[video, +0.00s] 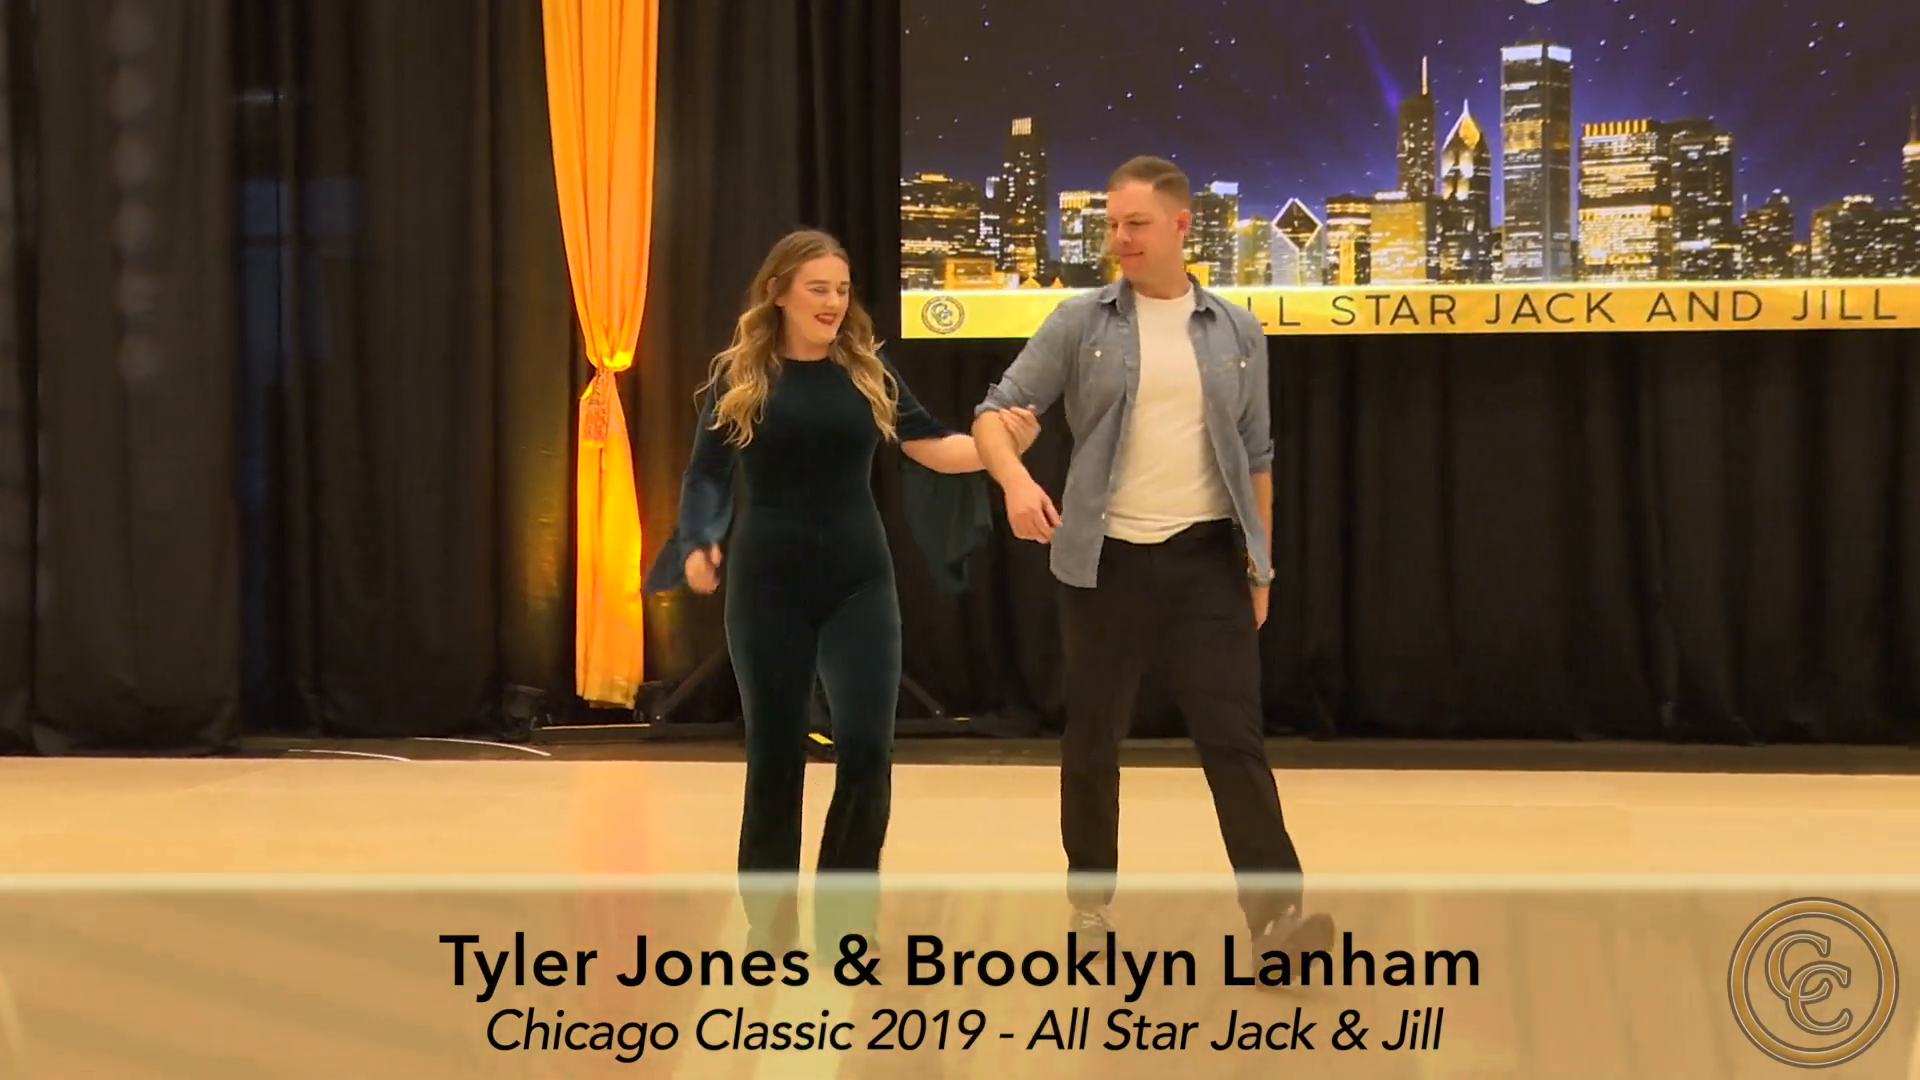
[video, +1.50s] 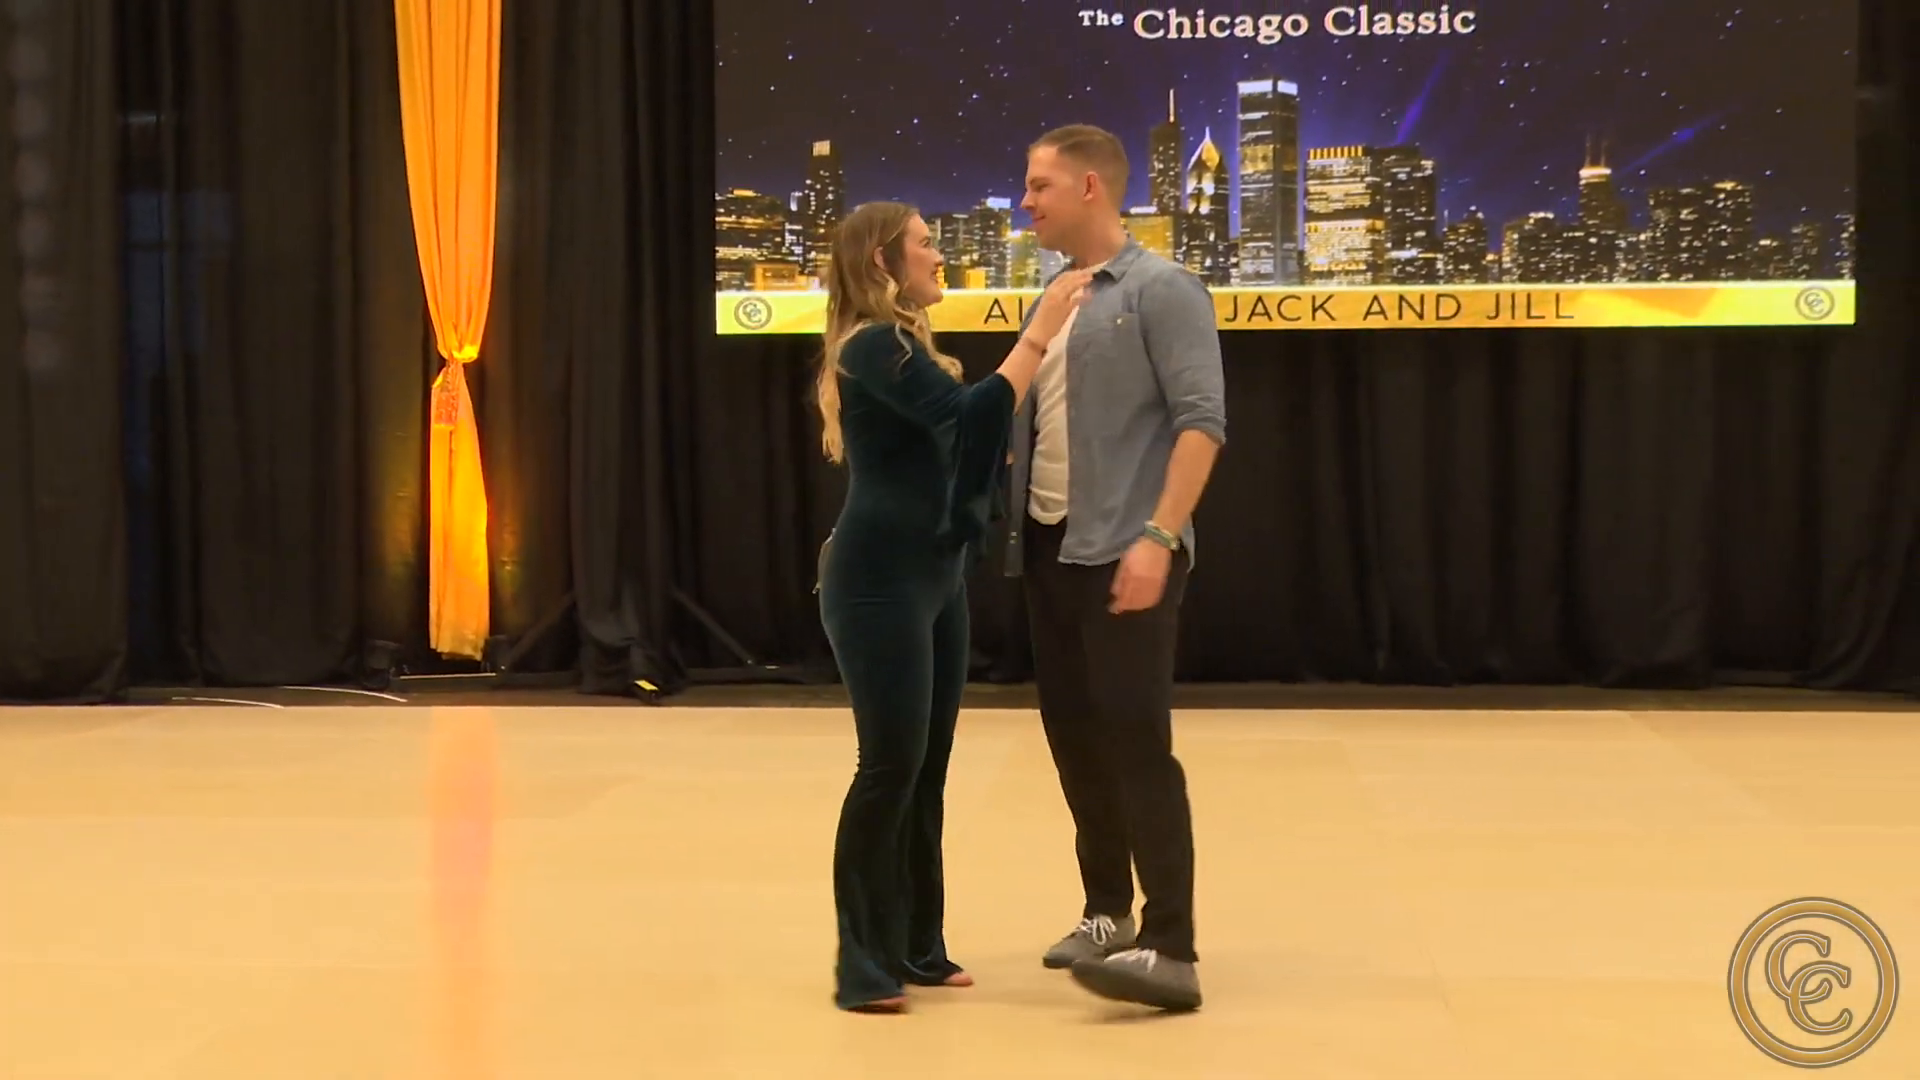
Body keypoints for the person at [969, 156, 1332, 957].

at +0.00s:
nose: (1121, 238)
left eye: (1136, 224)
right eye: (1113, 225)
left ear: (1180, 225)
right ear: (1108, 231)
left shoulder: (1238, 329)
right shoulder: (1080, 320)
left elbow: (1257, 459)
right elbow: (993, 416)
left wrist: (1260, 570)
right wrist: (1013, 478)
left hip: (1208, 558)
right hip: (1102, 558)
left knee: (1234, 744)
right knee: (1091, 743)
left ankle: (1278, 918)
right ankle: (1090, 907)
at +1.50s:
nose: (1026, 201)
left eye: (1039, 185)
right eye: (1026, 187)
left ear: (1095, 189)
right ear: (1071, 193)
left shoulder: (1163, 287)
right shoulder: (1053, 299)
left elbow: (1204, 421)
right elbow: (1021, 423)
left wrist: (1160, 538)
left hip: (1127, 553)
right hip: (1048, 551)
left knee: (1137, 747)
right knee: (1077, 743)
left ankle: (1171, 954)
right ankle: (1112, 917)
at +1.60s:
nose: (1025, 202)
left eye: (1038, 185)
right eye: (1027, 187)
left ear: (1091, 189)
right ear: (1071, 190)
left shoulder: (1154, 282)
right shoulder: (1058, 293)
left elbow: (1183, 416)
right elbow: (1029, 417)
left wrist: (1107, 509)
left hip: (1125, 549)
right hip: (1054, 547)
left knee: (1123, 743)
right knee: (1074, 739)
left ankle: (1157, 963)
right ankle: (1113, 912)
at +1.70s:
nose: (1026, 201)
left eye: (1037, 184)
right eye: (1028, 185)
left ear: (1087, 187)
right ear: (1082, 187)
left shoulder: (1142, 276)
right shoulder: (1069, 294)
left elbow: (1157, 405)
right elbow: (1044, 419)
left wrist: (1043, 459)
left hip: (1121, 540)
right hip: (1063, 541)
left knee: (1106, 734)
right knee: (1066, 729)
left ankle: (1144, 961)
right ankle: (1106, 909)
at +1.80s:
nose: (1025, 196)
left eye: (1035, 179)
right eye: (1028, 180)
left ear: (1080, 180)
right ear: (1080, 182)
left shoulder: (1133, 273)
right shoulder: (1081, 288)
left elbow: (1132, 397)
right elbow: (1046, 402)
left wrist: (997, 405)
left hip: (1112, 539)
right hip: (1063, 540)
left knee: (1095, 727)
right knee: (1044, 717)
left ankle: (1135, 953)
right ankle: (1100, 907)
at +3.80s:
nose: (992, 253)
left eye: (999, 238)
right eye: (988, 240)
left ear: (1045, 225)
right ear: (1034, 231)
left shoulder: (1098, 312)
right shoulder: (1027, 306)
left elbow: (1108, 444)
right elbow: (980, 404)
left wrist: (1020, 381)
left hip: (1079, 539)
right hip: (1035, 533)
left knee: (1067, 711)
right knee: (1053, 707)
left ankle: (1069, 890)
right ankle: (1077, 864)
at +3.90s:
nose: (993, 256)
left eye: (998, 241)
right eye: (988, 243)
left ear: (1044, 226)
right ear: (1033, 231)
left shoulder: (1098, 312)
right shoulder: (1027, 306)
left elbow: (1110, 445)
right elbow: (979, 404)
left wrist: (1021, 383)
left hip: (1081, 537)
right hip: (1037, 532)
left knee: (1063, 704)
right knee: (1050, 702)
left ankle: (1071, 887)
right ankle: (1074, 863)